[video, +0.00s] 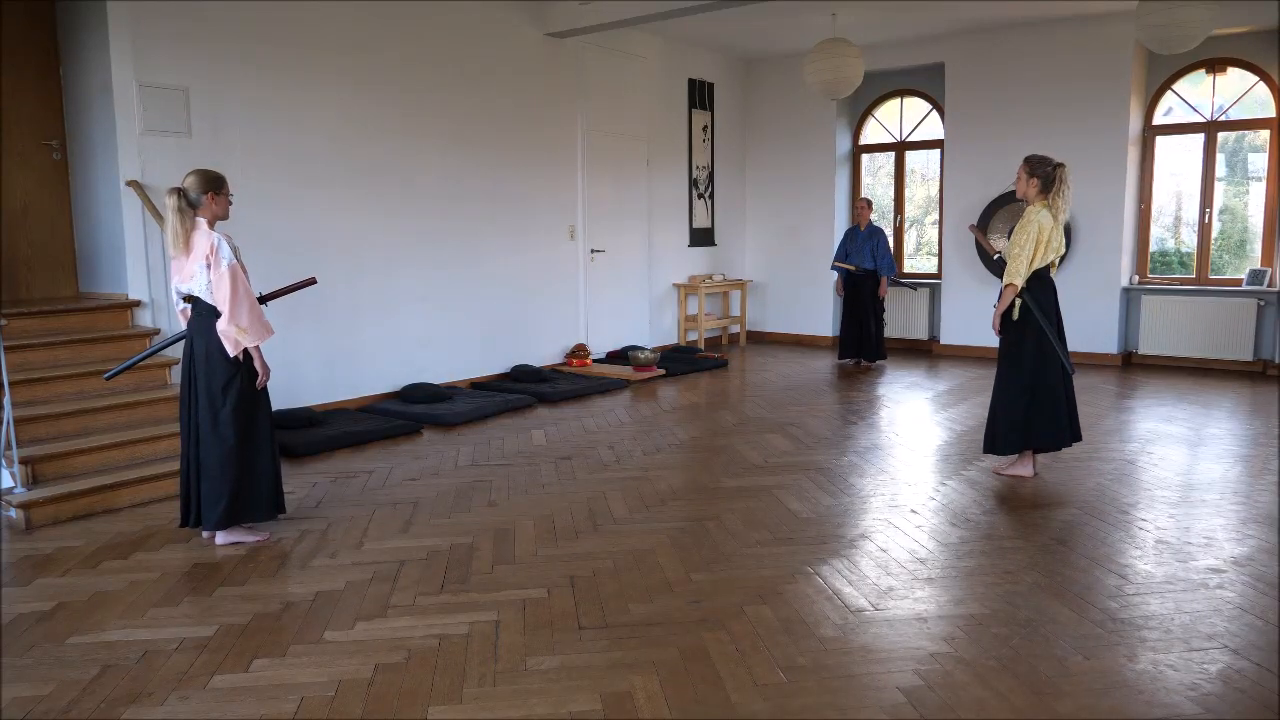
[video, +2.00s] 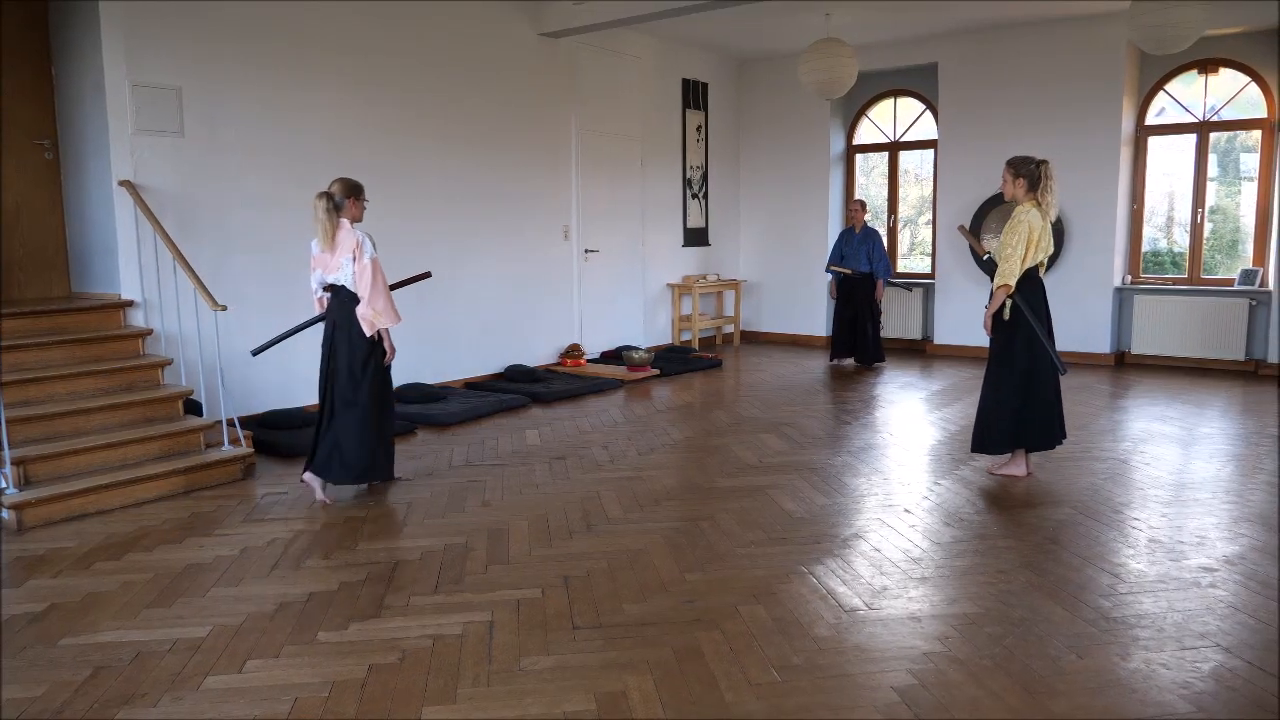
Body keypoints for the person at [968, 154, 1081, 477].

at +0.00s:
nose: (1015, 183)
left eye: (1019, 178)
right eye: (1017, 177)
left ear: (1033, 182)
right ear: (1038, 183)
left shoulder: (1033, 218)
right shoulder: (1050, 215)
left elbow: (1019, 269)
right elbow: (1021, 257)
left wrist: (999, 308)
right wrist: (989, 244)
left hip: (1027, 302)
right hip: (1041, 299)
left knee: (1024, 376)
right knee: (1033, 375)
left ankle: (1025, 459)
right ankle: (1027, 454)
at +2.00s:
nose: (1001, 185)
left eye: (1005, 181)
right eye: (1002, 180)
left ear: (1021, 183)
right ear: (1026, 183)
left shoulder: (1022, 217)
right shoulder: (1038, 215)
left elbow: (1011, 267)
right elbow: (1011, 258)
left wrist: (991, 307)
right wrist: (980, 246)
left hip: (1018, 301)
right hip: (1031, 297)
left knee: (1017, 375)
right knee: (1024, 375)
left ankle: (1019, 458)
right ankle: (1019, 455)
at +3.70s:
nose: (956, 192)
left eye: (959, 187)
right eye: (957, 186)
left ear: (975, 188)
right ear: (980, 189)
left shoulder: (976, 218)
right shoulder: (995, 215)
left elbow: (983, 265)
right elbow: (996, 257)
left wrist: (950, 277)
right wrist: (956, 250)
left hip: (978, 304)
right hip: (991, 301)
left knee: (988, 376)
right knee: (984, 375)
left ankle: (999, 458)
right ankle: (984, 449)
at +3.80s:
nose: (945, 195)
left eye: (948, 190)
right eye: (945, 189)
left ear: (963, 191)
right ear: (969, 191)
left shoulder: (965, 220)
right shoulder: (984, 217)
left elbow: (971, 265)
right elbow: (981, 258)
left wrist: (942, 266)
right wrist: (940, 252)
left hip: (966, 303)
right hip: (981, 300)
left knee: (950, 373)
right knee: (985, 375)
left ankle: (997, 459)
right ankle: (949, 443)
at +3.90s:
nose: (930, 200)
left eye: (933, 194)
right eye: (931, 194)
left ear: (949, 196)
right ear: (954, 196)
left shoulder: (951, 226)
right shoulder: (970, 222)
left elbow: (951, 272)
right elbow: (974, 263)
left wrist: (926, 270)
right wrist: (934, 261)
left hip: (955, 306)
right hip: (969, 302)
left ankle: (996, 459)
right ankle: (930, 445)